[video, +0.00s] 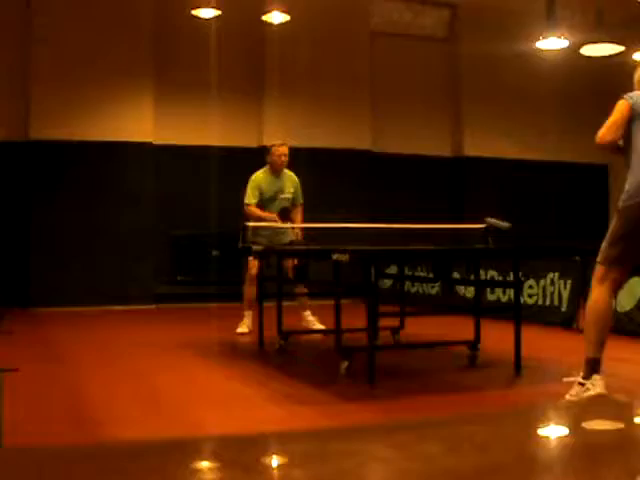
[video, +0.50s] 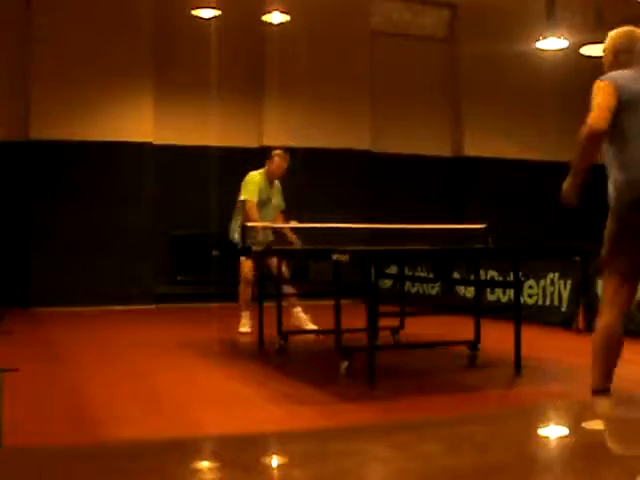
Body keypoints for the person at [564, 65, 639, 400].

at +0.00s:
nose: (636, 75)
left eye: (637, 71)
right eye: (637, 71)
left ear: (639, 76)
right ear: (639, 78)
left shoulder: (632, 99)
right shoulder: (630, 100)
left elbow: (606, 137)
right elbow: (607, 137)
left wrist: (625, 145)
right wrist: (622, 141)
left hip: (637, 199)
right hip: (633, 200)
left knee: (605, 280)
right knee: (605, 281)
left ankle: (591, 374)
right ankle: (590, 372)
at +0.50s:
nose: (602, 61)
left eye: (605, 56)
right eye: (604, 55)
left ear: (613, 56)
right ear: (635, 55)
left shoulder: (612, 82)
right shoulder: (625, 83)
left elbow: (596, 127)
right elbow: (597, 128)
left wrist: (576, 176)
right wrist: (579, 175)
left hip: (630, 202)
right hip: (628, 202)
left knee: (616, 294)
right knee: (615, 294)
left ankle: (601, 393)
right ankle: (601, 392)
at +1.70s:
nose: (513, 148)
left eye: (514, 139)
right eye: (512, 140)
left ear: (528, 136)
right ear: (551, 130)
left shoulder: (552, 154)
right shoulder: (571, 148)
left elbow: (592, 184)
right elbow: (604, 228)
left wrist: (613, 258)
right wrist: (576, 270)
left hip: (630, 240)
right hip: (635, 239)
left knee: (554, 321)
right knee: (600, 321)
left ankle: (569, 418)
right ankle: (635, 400)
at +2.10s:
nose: (520, 60)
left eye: (521, 54)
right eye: (523, 54)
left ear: (525, 55)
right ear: (566, 56)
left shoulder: (536, 79)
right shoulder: (585, 89)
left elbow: (535, 121)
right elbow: (610, 157)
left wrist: (510, 196)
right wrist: (554, 196)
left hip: (592, 204)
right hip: (628, 200)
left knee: (547, 311)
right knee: (617, 305)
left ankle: (562, 413)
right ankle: (634, 397)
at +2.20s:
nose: (525, 44)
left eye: (526, 38)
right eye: (528, 39)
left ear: (531, 38)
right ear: (569, 41)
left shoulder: (536, 62)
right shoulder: (593, 77)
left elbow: (532, 97)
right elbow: (594, 142)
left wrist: (517, 171)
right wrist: (543, 185)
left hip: (577, 190)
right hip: (622, 190)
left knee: (550, 308)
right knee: (615, 303)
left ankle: (561, 412)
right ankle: (633, 401)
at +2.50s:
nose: (526, 59)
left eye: (528, 54)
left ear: (531, 57)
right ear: (572, 60)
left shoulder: (527, 83)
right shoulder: (592, 98)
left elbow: (530, 116)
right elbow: (603, 160)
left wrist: (520, 191)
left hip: (551, 209)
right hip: (604, 211)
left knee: (482, 310)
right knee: (611, 331)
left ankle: (471, 410)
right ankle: (634, 417)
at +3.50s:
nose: (305, 100)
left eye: (305, 93)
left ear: (308, 91)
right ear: (345, 86)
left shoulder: (324, 115)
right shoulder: (372, 111)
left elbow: (337, 165)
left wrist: (332, 241)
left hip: (396, 204)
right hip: (444, 196)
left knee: (342, 310)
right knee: (471, 315)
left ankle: (346, 405)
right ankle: (524, 397)